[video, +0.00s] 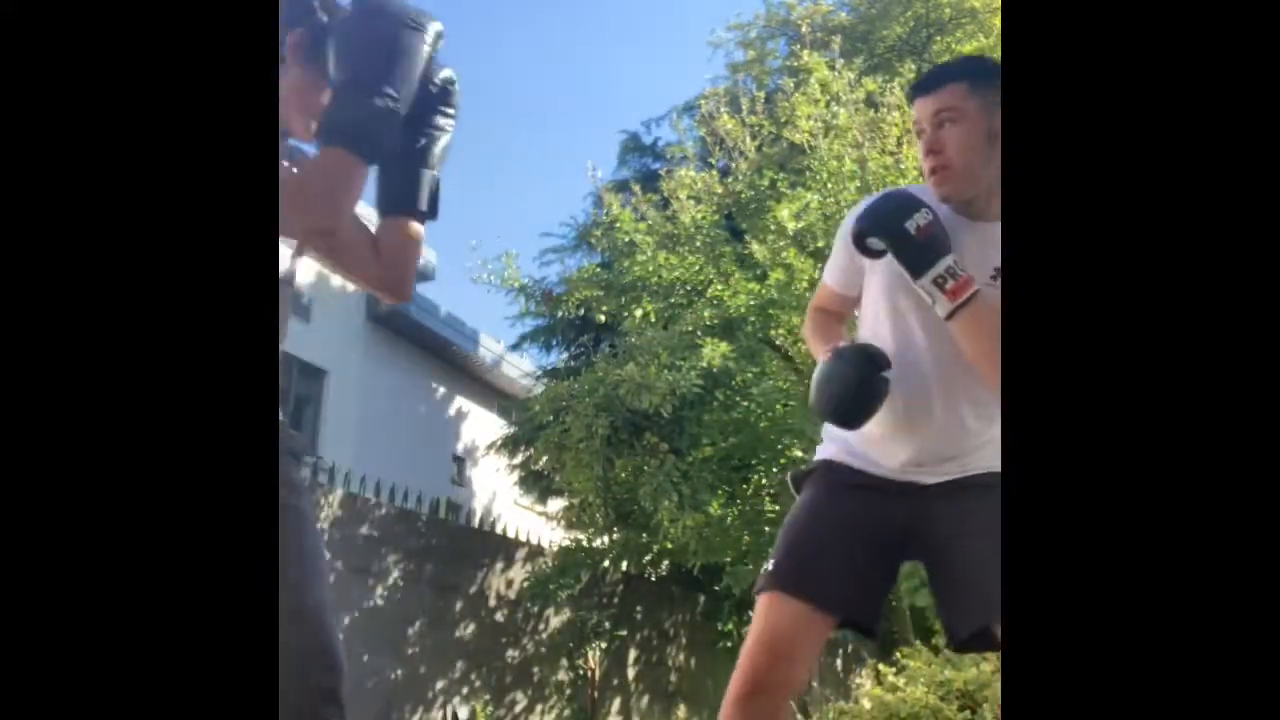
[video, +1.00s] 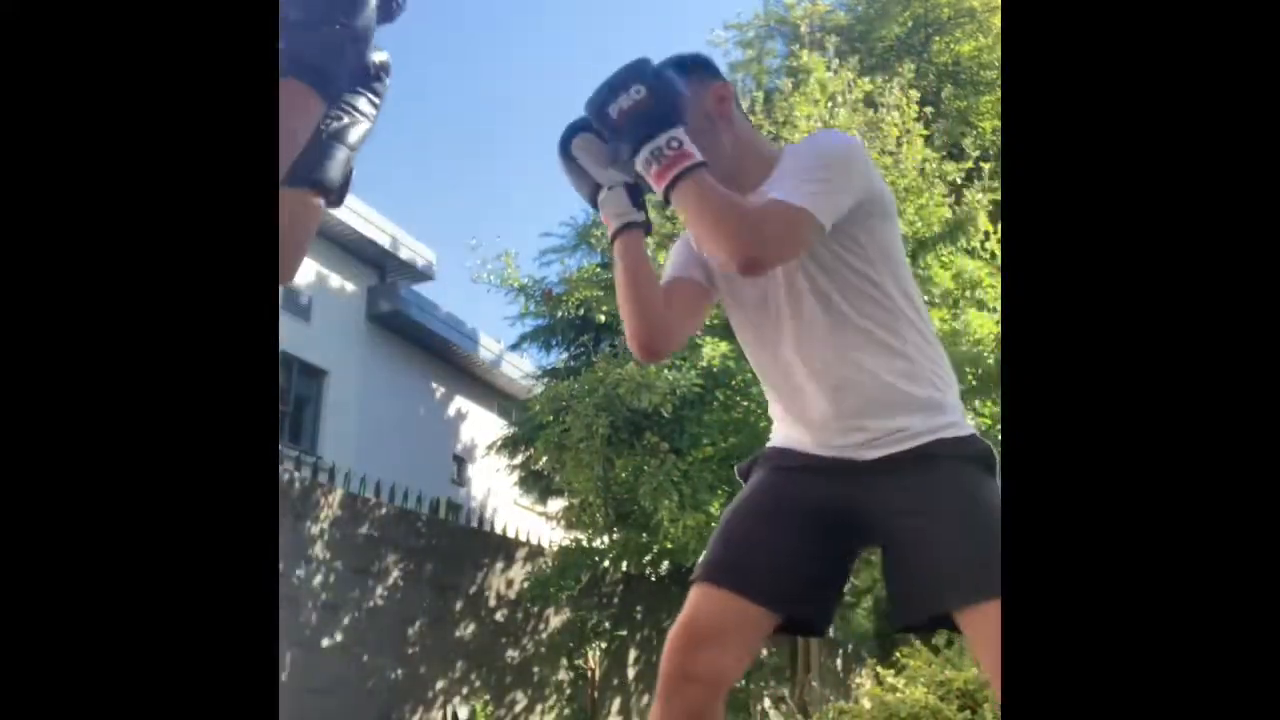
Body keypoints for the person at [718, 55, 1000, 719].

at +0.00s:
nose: (928, 143)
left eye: (946, 121)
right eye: (921, 128)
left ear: (999, 126)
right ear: (914, 139)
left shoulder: (999, 233)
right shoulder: (882, 219)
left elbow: (999, 372)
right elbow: (825, 311)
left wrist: (945, 275)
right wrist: (836, 359)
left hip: (978, 471)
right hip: (858, 467)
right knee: (764, 669)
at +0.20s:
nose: (874, 158)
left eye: (894, 133)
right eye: (867, 141)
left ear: (957, 138)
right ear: (860, 153)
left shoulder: (994, 248)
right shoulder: (841, 230)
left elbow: (995, 406)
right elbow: (777, 327)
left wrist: (904, 303)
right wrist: (785, 373)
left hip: (951, 490)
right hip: (830, 484)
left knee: (1004, 647)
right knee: (734, 681)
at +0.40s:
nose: (843, 143)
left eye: (860, 116)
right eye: (837, 129)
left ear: (928, 115)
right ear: (837, 145)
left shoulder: (989, 230)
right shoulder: (823, 217)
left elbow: (987, 389)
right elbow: (767, 329)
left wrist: (873, 311)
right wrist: (771, 381)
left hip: (943, 478)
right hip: (821, 473)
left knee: (1003, 660)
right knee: (728, 690)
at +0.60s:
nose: (836, 105)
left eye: (850, 78)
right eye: (830, 92)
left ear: (915, 71)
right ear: (833, 109)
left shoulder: (988, 193)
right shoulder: (827, 202)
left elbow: (988, 336)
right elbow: (811, 311)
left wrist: (864, 262)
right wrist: (785, 337)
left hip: (958, 458)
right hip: (831, 450)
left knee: (1004, 649)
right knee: (731, 634)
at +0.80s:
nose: (745, 124)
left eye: (755, 97)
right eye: (733, 112)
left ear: (804, 80)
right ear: (728, 124)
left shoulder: (900, 159)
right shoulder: (760, 233)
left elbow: (823, 254)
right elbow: (727, 363)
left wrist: (746, 150)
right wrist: (680, 243)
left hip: (944, 457)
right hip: (818, 463)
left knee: (997, 667)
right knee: (731, 675)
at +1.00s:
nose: (669, 141)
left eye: (677, 118)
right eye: (660, 133)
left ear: (723, 98)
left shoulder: (832, 155)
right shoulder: (703, 236)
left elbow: (748, 244)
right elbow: (650, 339)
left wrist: (657, 149)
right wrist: (618, 207)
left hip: (928, 452)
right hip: (801, 464)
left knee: (1001, 665)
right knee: (692, 663)